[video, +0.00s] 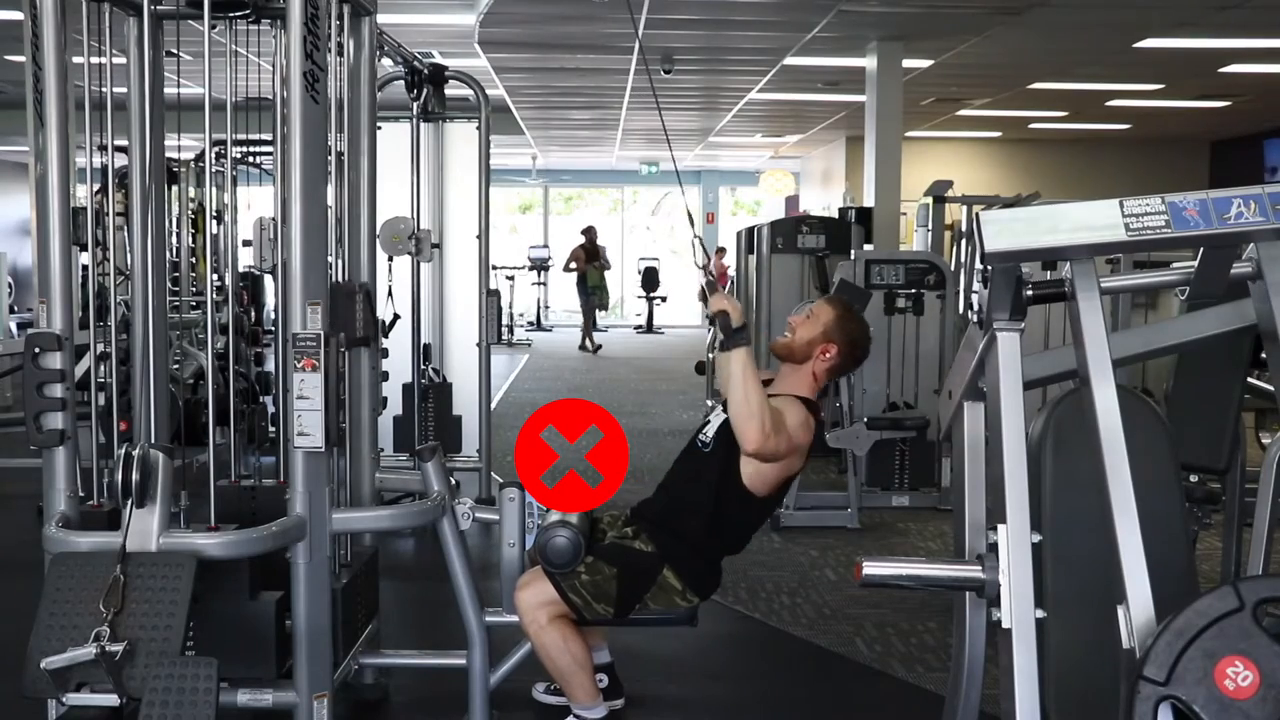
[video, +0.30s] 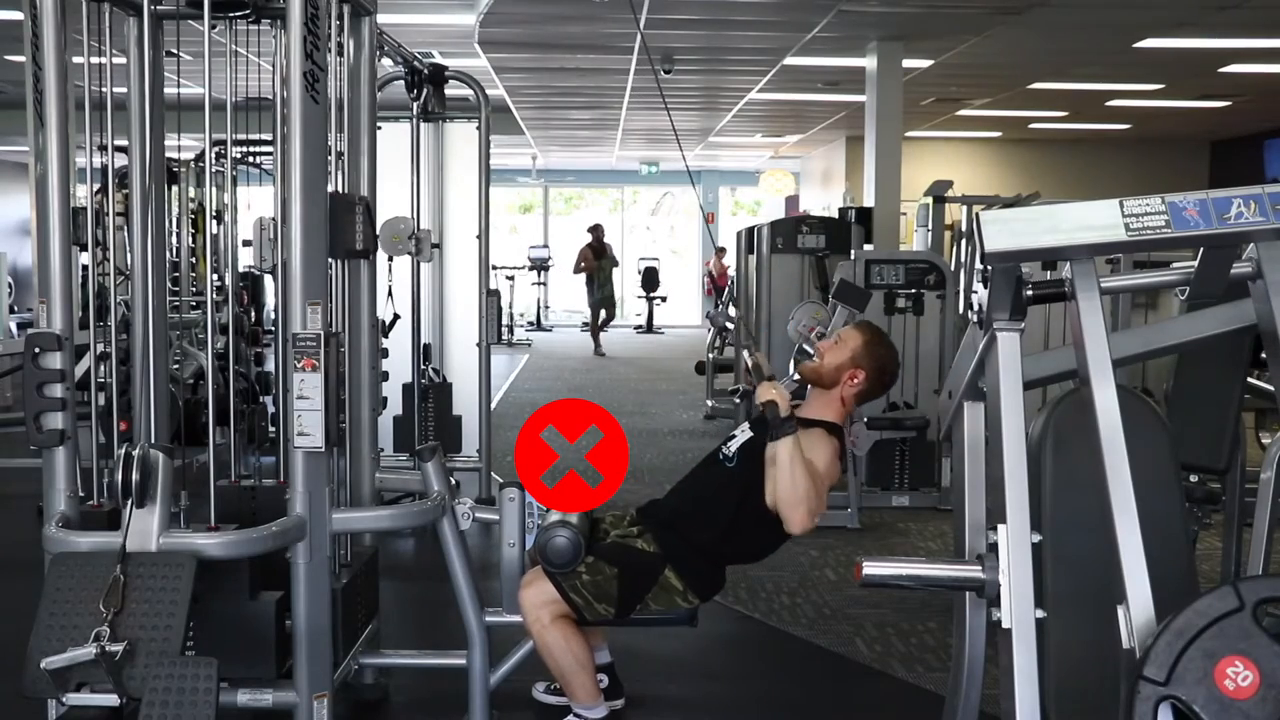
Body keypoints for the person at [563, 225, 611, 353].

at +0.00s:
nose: (595, 236)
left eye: (595, 234)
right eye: (592, 234)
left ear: (596, 235)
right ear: (586, 236)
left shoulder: (600, 249)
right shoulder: (578, 251)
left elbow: (608, 266)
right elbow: (565, 268)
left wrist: (601, 264)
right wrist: (577, 268)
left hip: (597, 282)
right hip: (584, 282)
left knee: (591, 313)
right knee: (587, 314)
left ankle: (583, 342)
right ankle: (593, 344)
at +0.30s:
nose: (602, 234)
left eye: (602, 232)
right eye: (599, 232)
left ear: (603, 233)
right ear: (593, 233)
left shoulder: (607, 247)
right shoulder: (585, 250)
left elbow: (615, 262)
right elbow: (576, 270)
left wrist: (611, 261)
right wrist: (589, 266)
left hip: (607, 286)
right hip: (594, 288)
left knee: (611, 315)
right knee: (595, 317)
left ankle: (597, 332)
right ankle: (597, 346)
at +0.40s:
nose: (605, 234)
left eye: (606, 231)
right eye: (603, 232)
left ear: (606, 233)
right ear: (596, 233)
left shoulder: (610, 247)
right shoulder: (588, 250)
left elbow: (618, 263)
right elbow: (581, 269)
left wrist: (613, 255)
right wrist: (594, 265)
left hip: (610, 286)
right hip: (596, 287)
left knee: (617, 313)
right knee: (596, 318)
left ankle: (606, 339)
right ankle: (596, 346)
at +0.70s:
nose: (618, 237)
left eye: (619, 234)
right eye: (615, 234)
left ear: (620, 235)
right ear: (608, 235)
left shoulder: (624, 250)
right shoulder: (601, 251)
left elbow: (629, 268)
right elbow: (598, 270)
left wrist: (623, 269)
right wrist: (610, 258)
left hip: (619, 289)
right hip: (604, 289)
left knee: (622, 320)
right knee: (600, 318)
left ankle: (624, 349)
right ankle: (597, 345)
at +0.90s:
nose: (622, 233)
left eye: (624, 231)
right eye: (619, 231)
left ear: (626, 232)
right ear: (615, 233)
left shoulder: (629, 248)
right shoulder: (608, 248)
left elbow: (637, 266)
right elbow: (605, 266)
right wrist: (616, 249)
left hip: (626, 286)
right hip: (612, 286)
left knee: (626, 320)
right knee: (611, 317)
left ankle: (625, 350)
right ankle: (605, 337)